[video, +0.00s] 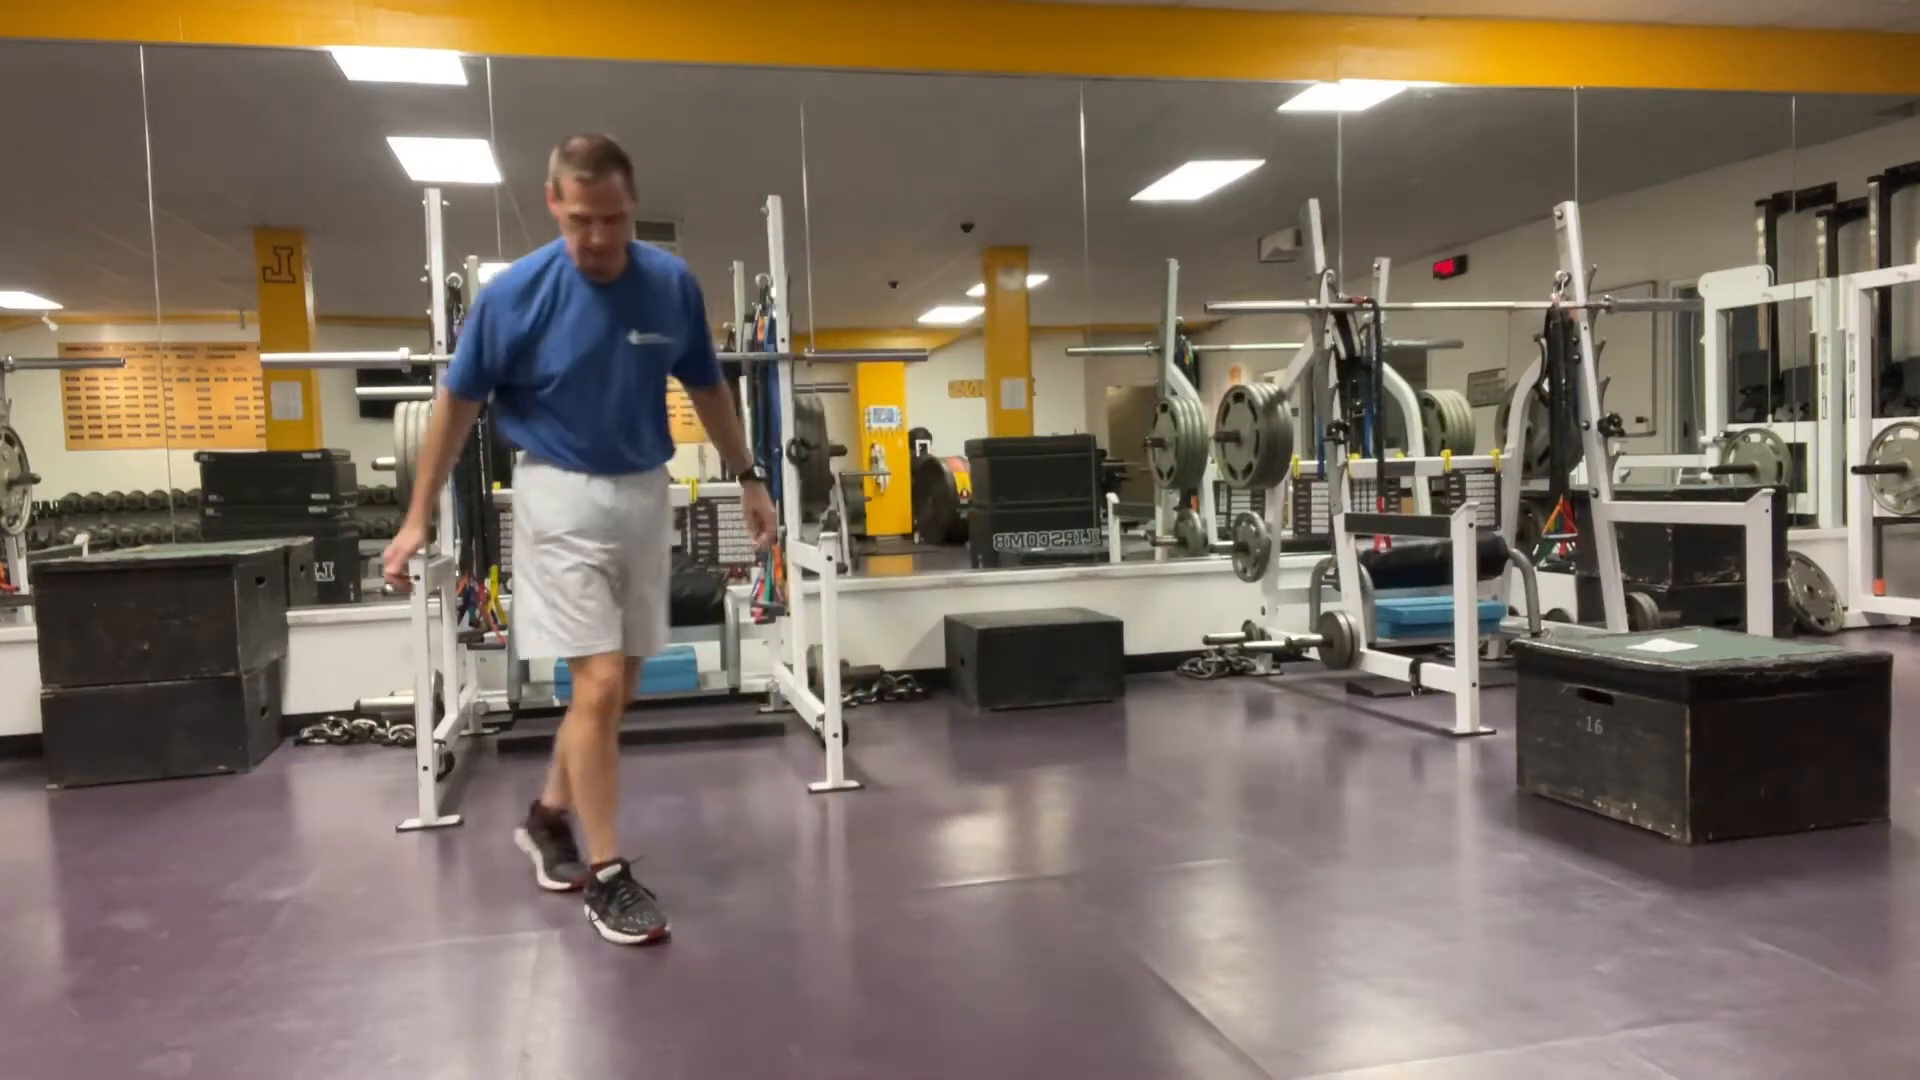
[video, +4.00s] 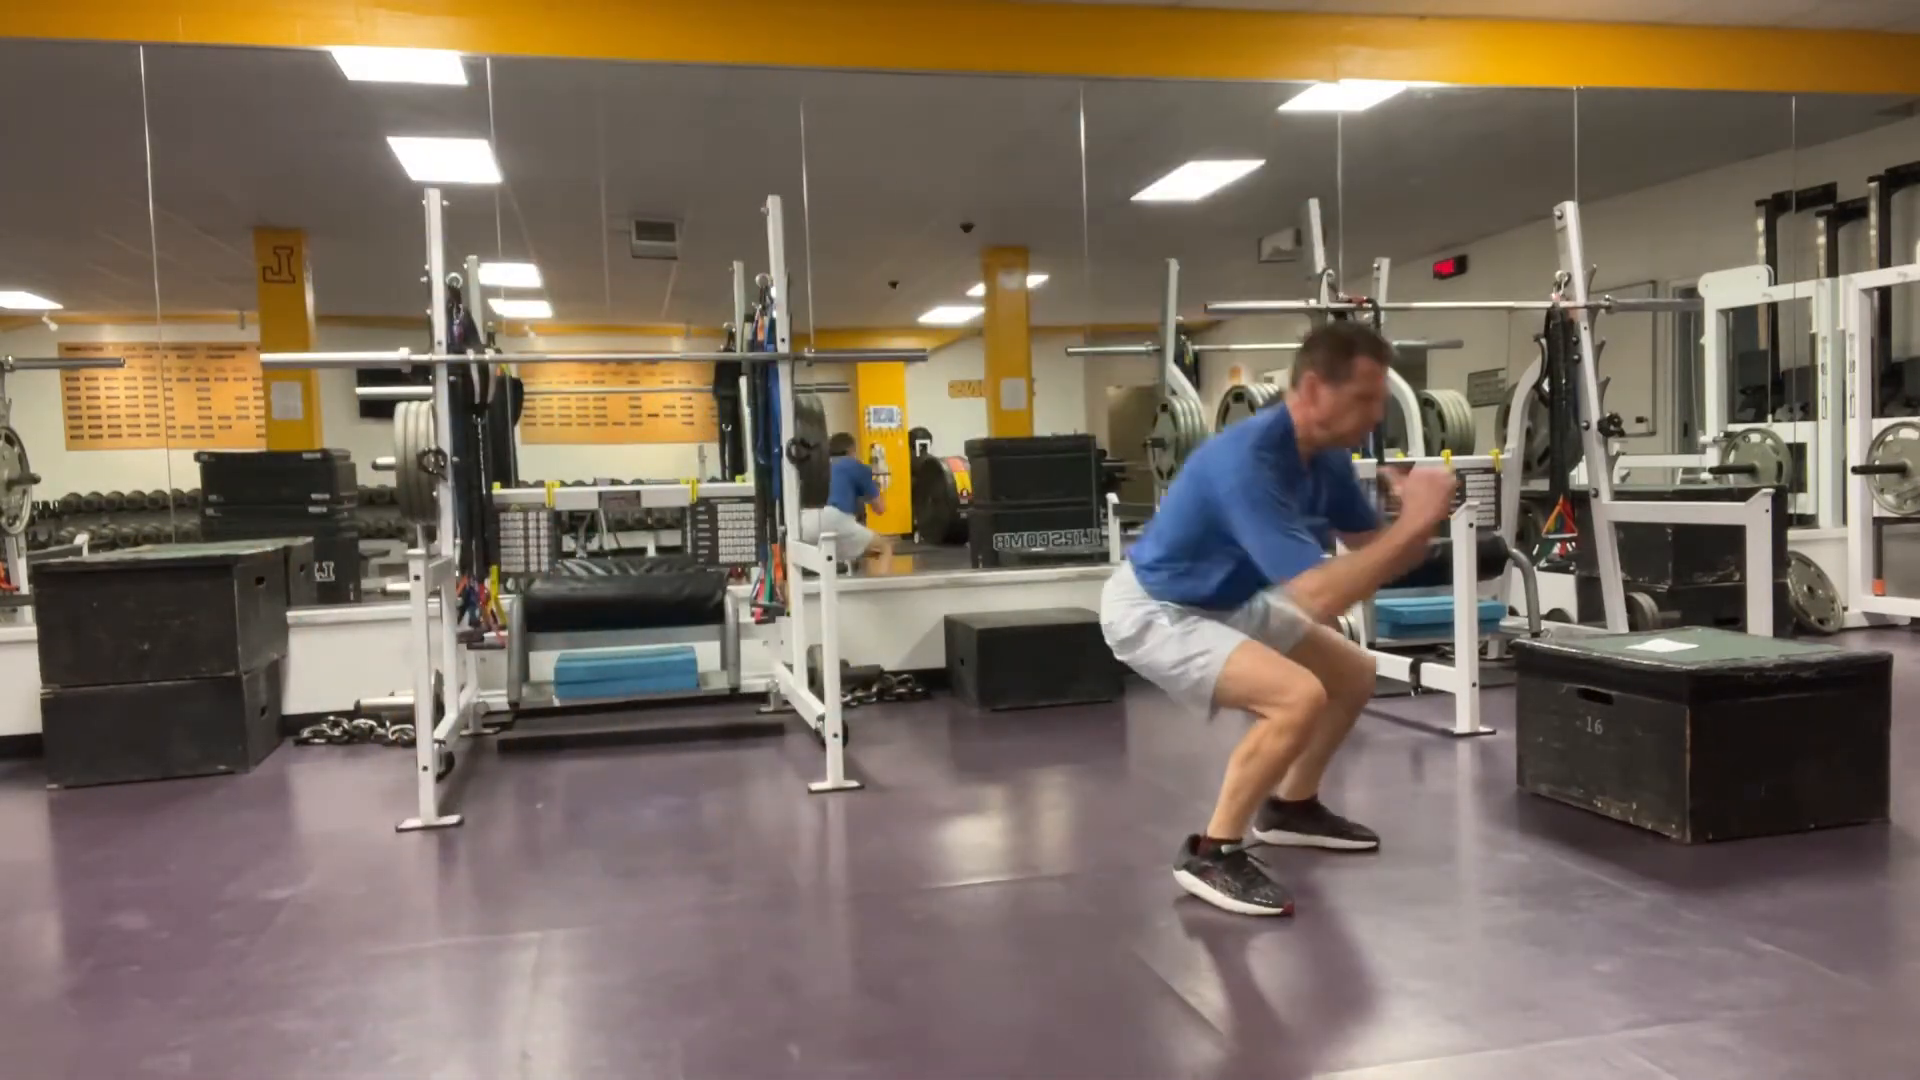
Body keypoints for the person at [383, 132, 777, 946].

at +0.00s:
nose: (599, 239)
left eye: (613, 219)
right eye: (583, 222)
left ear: (634, 204)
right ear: (553, 205)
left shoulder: (669, 284)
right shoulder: (512, 297)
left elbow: (706, 383)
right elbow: (456, 404)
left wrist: (749, 482)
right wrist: (417, 519)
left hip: (644, 498)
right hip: (559, 500)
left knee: (613, 682)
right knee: (601, 683)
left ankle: (550, 813)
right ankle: (607, 872)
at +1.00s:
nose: (460, 207)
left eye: (471, 193)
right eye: (444, 193)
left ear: (483, 199)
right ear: (409, 195)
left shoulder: (519, 295)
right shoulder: (358, 292)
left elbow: (553, 398)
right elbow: (317, 407)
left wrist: (579, 483)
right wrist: (309, 518)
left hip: (492, 494)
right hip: (402, 494)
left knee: (493, 667)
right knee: (422, 674)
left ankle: (496, 825)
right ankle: (404, 842)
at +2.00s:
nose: (428, 266)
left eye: (439, 250)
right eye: (411, 250)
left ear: (452, 251)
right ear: (371, 247)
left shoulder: (481, 321)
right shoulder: (312, 326)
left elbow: (521, 381)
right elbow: (237, 403)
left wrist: (520, 460)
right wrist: (209, 487)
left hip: (445, 490)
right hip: (352, 508)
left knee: (507, 580)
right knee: (386, 690)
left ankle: (456, 652)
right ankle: (400, 838)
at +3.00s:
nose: (744, 253)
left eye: (749, 233)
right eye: (720, 235)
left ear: (758, 234)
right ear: (659, 239)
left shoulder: (764, 332)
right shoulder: (604, 357)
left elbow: (819, 448)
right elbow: (518, 529)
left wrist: (829, 442)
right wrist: (637, 592)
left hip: (723, 557)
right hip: (626, 592)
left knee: (879, 626)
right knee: (744, 752)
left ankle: (815, 789)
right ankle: (709, 988)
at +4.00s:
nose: (1375, 417)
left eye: (1379, 402)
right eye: (1365, 400)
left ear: (1318, 392)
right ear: (1312, 389)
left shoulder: (1324, 455)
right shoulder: (1244, 461)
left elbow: (1369, 550)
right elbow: (1316, 594)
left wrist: (1414, 521)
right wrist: (1414, 522)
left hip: (1229, 600)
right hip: (1153, 608)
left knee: (1352, 676)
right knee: (1300, 698)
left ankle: (1292, 806)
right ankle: (1213, 850)